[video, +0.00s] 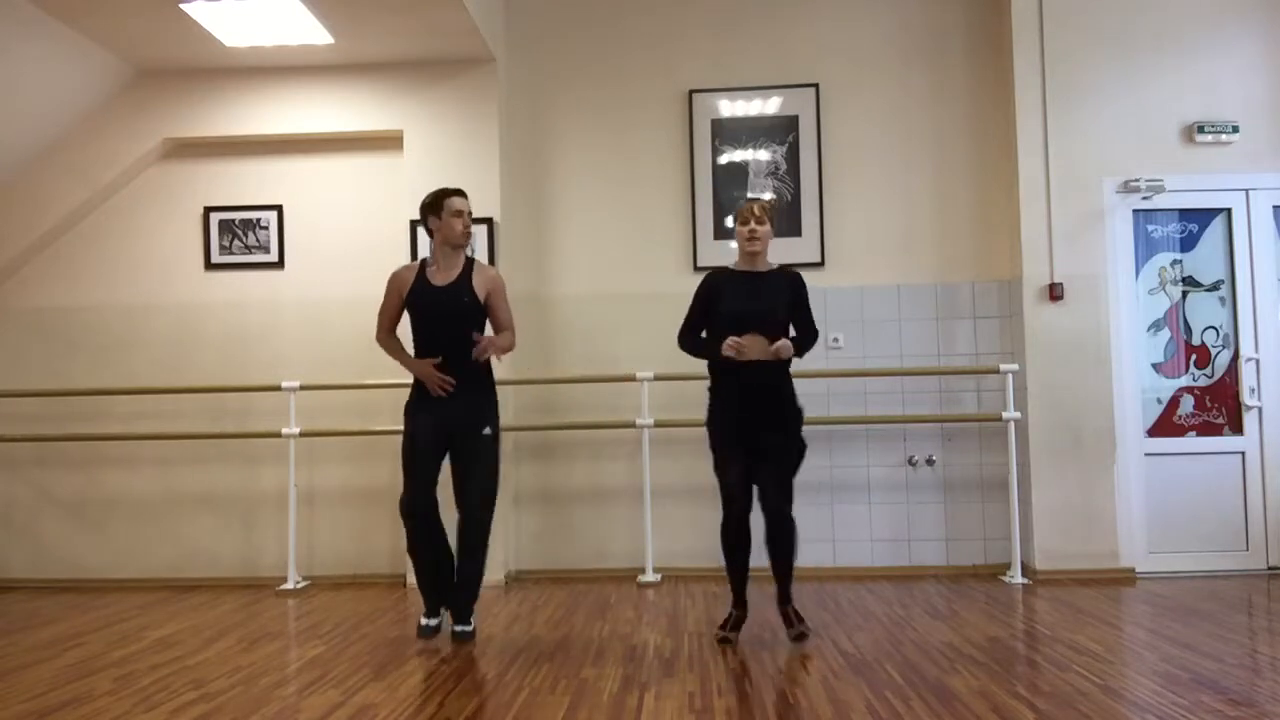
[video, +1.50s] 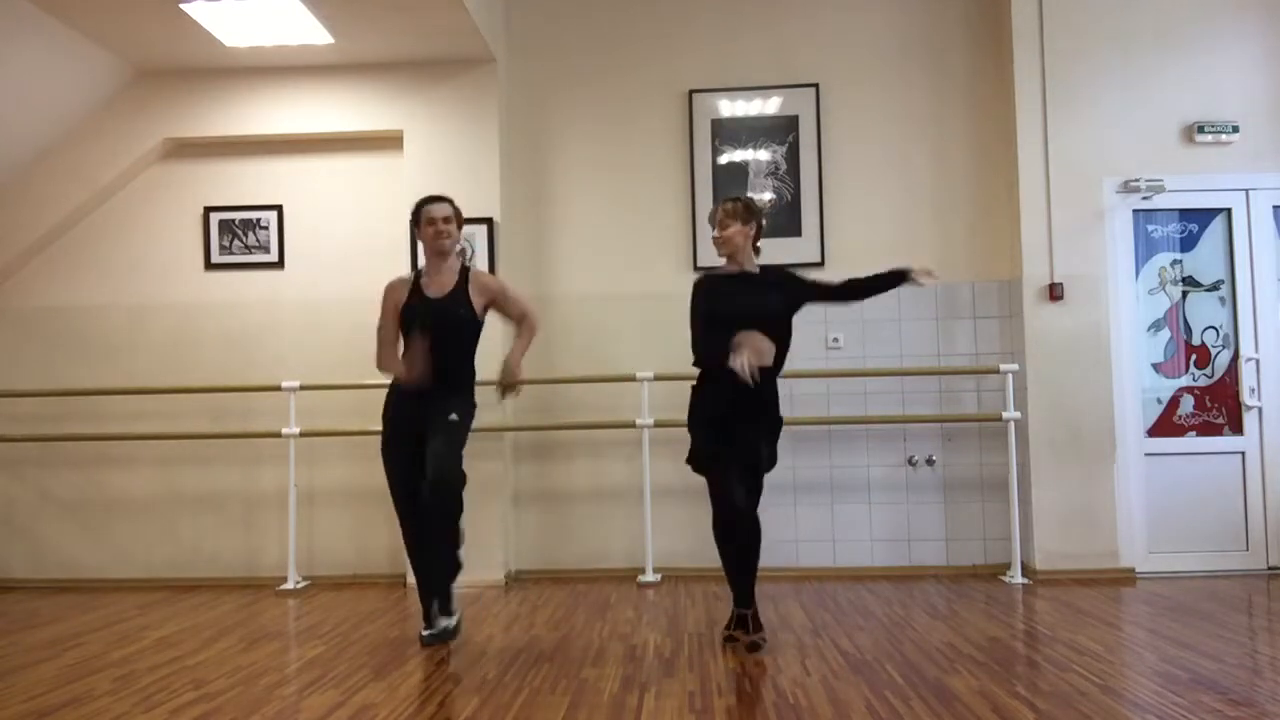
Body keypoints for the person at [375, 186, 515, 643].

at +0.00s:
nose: (466, 222)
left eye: (468, 216)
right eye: (456, 215)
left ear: (470, 224)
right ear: (432, 224)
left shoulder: (487, 278)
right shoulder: (405, 279)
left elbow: (507, 336)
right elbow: (384, 334)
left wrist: (494, 344)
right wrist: (413, 365)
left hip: (476, 405)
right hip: (427, 404)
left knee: (476, 509)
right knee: (416, 502)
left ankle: (464, 608)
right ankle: (434, 599)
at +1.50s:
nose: (440, 229)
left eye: (447, 221)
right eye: (431, 223)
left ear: (459, 230)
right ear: (417, 233)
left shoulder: (482, 285)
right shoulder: (399, 291)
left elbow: (527, 320)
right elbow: (385, 358)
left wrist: (514, 360)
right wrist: (405, 369)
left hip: (452, 403)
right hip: (405, 404)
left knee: (440, 481)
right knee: (410, 506)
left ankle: (443, 592)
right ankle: (432, 608)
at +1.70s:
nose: (429, 214)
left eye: (436, 205)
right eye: (419, 207)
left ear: (448, 212)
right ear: (406, 215)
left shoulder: (467, 267)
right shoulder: (388, 271)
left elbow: (483, 333)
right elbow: (375, 319)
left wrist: (431, 299)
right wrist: (367, 358)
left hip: (465, 388)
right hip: (417, 383)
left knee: (454, 509)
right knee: (403, 429)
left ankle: (441, 615)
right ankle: (418, 499)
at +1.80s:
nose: (429, 213)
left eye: (437, 206)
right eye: (420, 207)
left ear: (450, 214)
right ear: (407, 215)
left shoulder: (465, 270)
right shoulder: (389, 269)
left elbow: (463, 334)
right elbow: (386, 313)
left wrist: (425, 285)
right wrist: (383, 343)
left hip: (462, 387)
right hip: (416, 382)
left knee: (453, 509)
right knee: (421, 430)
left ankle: (440, 622)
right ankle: (427, 525)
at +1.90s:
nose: (433, 217)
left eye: (440, 209)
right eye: (423, 210)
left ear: (454, 216)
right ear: (411, 218)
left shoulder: (468, 277)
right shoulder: (400, 272)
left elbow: (453, 341)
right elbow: (400, 339)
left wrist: (429, 287)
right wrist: (397, 390)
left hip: (456, 401)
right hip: (408, 401)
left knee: (460, 506)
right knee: (423, 500)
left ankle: (445, 622)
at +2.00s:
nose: (431, 214)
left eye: (439, 207)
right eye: (423, 208)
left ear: (454, 215)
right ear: (411, 217)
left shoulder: (471, 268)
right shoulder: (403, 266)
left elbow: (460, 320)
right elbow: (405, 327)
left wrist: (426, 274)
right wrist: (397, 379)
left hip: (450, 392)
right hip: (402, 388)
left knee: (448, 504)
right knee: (406, 486)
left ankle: (440, 624)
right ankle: (407, 587)